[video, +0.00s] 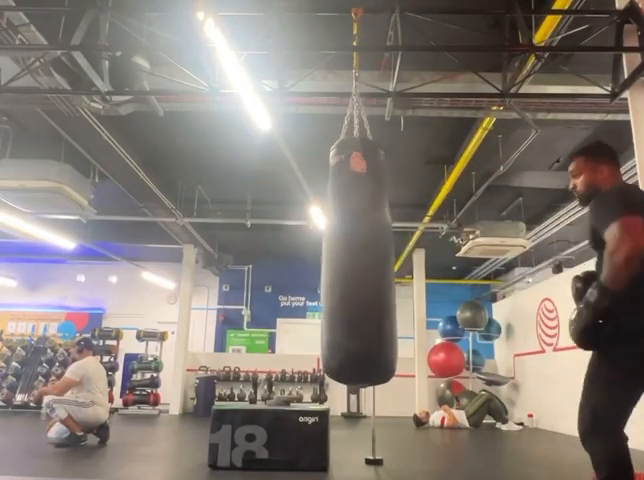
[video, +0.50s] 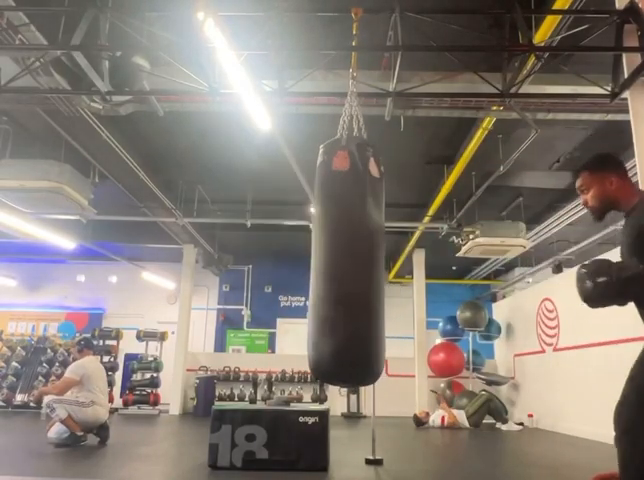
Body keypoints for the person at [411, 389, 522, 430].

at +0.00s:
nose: (423, 410)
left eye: (421, 410)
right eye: (421, 412)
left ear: (423, 416)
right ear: (423, 418)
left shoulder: (435, 415)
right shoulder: (434, 420)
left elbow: (452, 416)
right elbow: (453, 423)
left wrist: (450, 409)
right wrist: (447, 410)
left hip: (466, 413)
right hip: (469, 419)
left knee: (484, 393)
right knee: (487, 396)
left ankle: (501, 419)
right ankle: (505, 422)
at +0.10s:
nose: (423, 410)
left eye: (421, 410)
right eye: (422, 412)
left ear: (423, 416)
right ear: (424, 418)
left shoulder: (435, 415)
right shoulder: (434, 420)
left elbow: (451, 415)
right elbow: (453, 423)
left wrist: (449, 407)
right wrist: (447, 410)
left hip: (466, 413)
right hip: (469, 419)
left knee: (484, 393)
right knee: (487, 396)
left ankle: (501, 420)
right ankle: (505, 422)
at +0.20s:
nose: (423, 410)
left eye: (421, 410)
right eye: (421, 412)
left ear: (423, 415)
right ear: (423, 418)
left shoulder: (435, 415)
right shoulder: (434, 420)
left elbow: (450, 416)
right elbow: (453, 423)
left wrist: (448, 407)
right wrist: (448, 410)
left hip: (467, 413)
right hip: (469, 419)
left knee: (484, 393)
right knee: (487, 396)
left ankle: (501, 420)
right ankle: (505, 422)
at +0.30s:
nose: (423, 410)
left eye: (421, 410)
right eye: (421, 412)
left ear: (423, 416)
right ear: (423, 418)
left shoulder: (434, 415)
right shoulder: (434, 420)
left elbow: (450, 415)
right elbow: (453, 423)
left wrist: (446, 403)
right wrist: (446, 406)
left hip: (467, 413)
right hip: (470, 419)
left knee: (484, 393)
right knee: (487, 396)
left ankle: (501, 420)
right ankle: (505, 422)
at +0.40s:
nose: (423, 410)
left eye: (421, 411)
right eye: (421, 413)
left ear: (423, 416)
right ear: (423, 418)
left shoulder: (434, 416)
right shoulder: (434, 420)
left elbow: (449, 415)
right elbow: (453, 422)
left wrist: (444, 403)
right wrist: (445, 406)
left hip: (466, 413)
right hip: (469, 419)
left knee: (484, 393)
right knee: (487, 396)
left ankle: (501, 420)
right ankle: (505, 422)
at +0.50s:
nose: (423, 410)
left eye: (421, 411)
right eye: (421, 413)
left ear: (423, 416)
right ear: (423, 418)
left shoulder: (434, 415)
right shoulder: (434, 421)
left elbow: (448, 414)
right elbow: (453, 422)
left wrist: (443, 404)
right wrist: (445, 407)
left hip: (466, 413)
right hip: (469, 419)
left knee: (484, 393)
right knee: (487, 397)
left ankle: (500, 420)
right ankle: (505, 422)